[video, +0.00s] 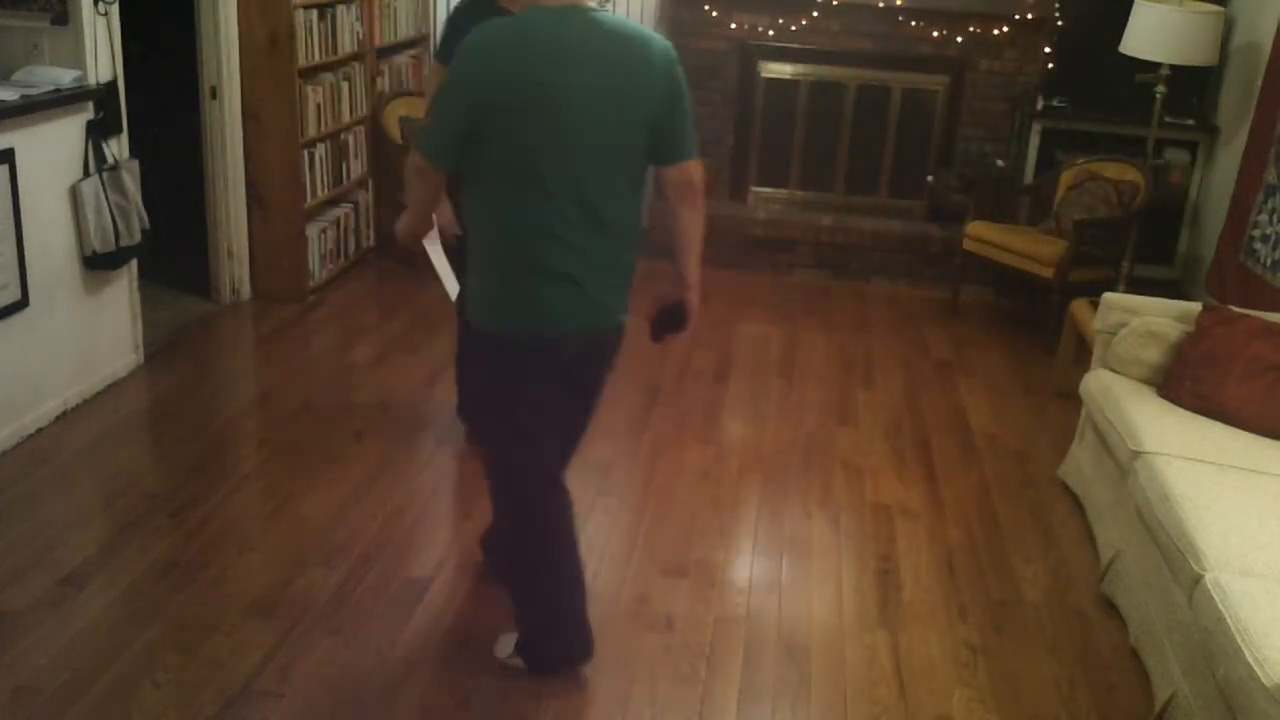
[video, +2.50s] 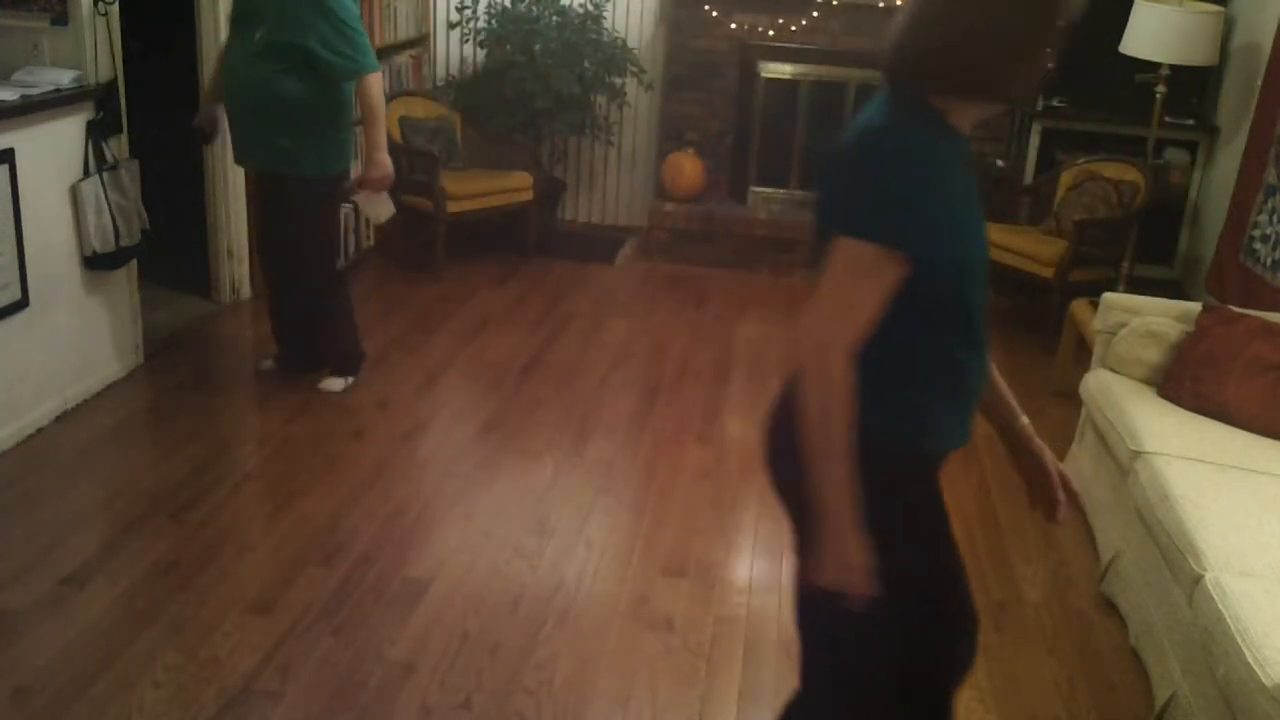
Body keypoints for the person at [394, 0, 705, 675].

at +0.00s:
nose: (495, 6)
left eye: (497, 2)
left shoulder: (488, 47)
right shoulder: (650, 54)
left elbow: (427, 165)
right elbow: (685, 182)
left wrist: (416, 220)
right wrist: (688, 286)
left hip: (506, 304)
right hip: (597, 305)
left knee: (523, 466)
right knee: (542, 447)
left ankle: (558, 640)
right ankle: (511, 543)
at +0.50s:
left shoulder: (419, 26)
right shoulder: (563, 32)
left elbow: (390, 135)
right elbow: (585, 151)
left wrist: (414, 205)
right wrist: (590, 238)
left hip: (432, 251)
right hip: (522, 257)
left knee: (428, 380)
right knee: (509, 413)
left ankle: (418, 485)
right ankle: (505, 552)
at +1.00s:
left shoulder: (382, 11)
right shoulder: (501, 13)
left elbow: (379, 95)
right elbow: (517, 107)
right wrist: (542, 193)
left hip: (403, 215)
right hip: (481, 211)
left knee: (416, 348)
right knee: (477, 310)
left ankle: (422, 473)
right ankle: (486, 410)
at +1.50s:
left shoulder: (377, 10)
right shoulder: (497, 7)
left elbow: (314, 74)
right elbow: (549, 67)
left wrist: (281, 126)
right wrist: (570, 107)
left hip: (404, 187)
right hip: (476, 184)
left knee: (393, 297)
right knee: (473, 302)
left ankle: (372, 386)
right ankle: (484, 408)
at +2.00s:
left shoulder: (322, 5)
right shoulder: (393, 5)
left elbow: (304, 77)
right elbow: (403, 59)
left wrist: (279, 155)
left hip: (340, 159)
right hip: (385, 152)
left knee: (336, 270)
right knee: (367, 265)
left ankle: (359, 376)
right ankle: (378, 367)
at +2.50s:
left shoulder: (325, 8)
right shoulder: (249, 8)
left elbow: (367, 70)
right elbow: (236, 48)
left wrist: (377, 154)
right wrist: (210, 103)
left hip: (315, 154)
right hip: (266, 151)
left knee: (315, 260)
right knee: (277, 258)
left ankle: (344, 361)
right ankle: (296, 353)